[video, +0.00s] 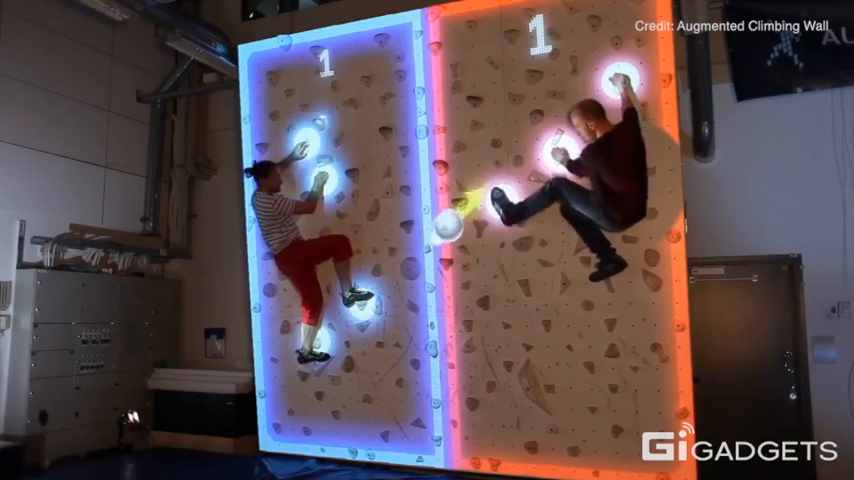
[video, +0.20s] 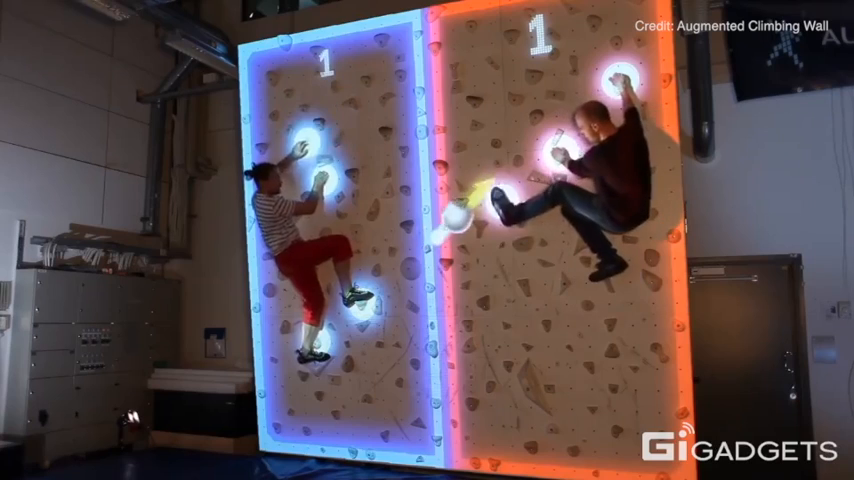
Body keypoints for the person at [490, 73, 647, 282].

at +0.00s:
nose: (579, 133)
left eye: (578, 127)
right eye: (576, 128)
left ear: (591, 124)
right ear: (604, 117)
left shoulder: (593, 153)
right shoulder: (630, 128)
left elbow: (578, 170)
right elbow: (629, 108)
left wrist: (565, 160)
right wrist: (626, 89)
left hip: (616, 219)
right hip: (638, 212)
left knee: (558, 185)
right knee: (569, 209)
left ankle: (513, 213)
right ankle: (609, 259)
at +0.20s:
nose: (582, 134)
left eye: (582, 128)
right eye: (580, 129)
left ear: (595, 125)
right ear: (606, 120)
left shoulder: (597, 156)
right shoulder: (632, 131)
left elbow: (579, 171)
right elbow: (631, 111)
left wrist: (566, 160)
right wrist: (626, 89)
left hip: (619, 221)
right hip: (641, 215)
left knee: (559, 190)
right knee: (571, 210)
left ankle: (513, 214)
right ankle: (610, 260)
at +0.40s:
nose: (583, 131)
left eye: (583, 125)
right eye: (581, 126)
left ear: (596, 123)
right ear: (609, 118)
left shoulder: (598, 154)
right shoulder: (634, 130)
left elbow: (581, 169)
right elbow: (630, 111)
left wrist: (566, 159)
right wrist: (626, 89)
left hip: (620, 220)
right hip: (642, 213)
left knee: (560, 192)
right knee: (572, 209)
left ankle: (514, 218)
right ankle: (610, 261)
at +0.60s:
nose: (580, 129)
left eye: (580, 123)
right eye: (578, 124)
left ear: (592, 121)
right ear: (605, 115)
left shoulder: (595, 152)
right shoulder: (630, 128)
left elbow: (579, 168)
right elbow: (625, 111)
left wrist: (564, 159)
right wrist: (625, 90)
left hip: (618, 217)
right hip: (640, 209)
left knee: (557, 192)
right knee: (571, 210)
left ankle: (512, 221)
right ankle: (609, 261)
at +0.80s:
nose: (578, 128)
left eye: (578, 123)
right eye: (575, 124)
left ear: (590, 120)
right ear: (602, 113)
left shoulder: (594, 150)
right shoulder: (628, 125)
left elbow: (579, 168)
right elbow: (626, 107)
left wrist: (564, 159)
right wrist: (625, 88)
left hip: (619, 215)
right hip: (641, 208)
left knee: (557, 193)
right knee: (573, 208)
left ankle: (512, 222)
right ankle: (609, 260)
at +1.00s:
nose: (578, 121)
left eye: (577, 115)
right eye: (576, 116)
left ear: (588, 115)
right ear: (604, 106)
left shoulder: (592, 145)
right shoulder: (629, 119)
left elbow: (578, 167)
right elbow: (629, 105)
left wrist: (564, 158)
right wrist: (626, 90)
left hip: (619, 212)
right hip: (641, 204)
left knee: (558, 189)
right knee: (574, 207)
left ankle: (519, 229)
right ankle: (610, 260)